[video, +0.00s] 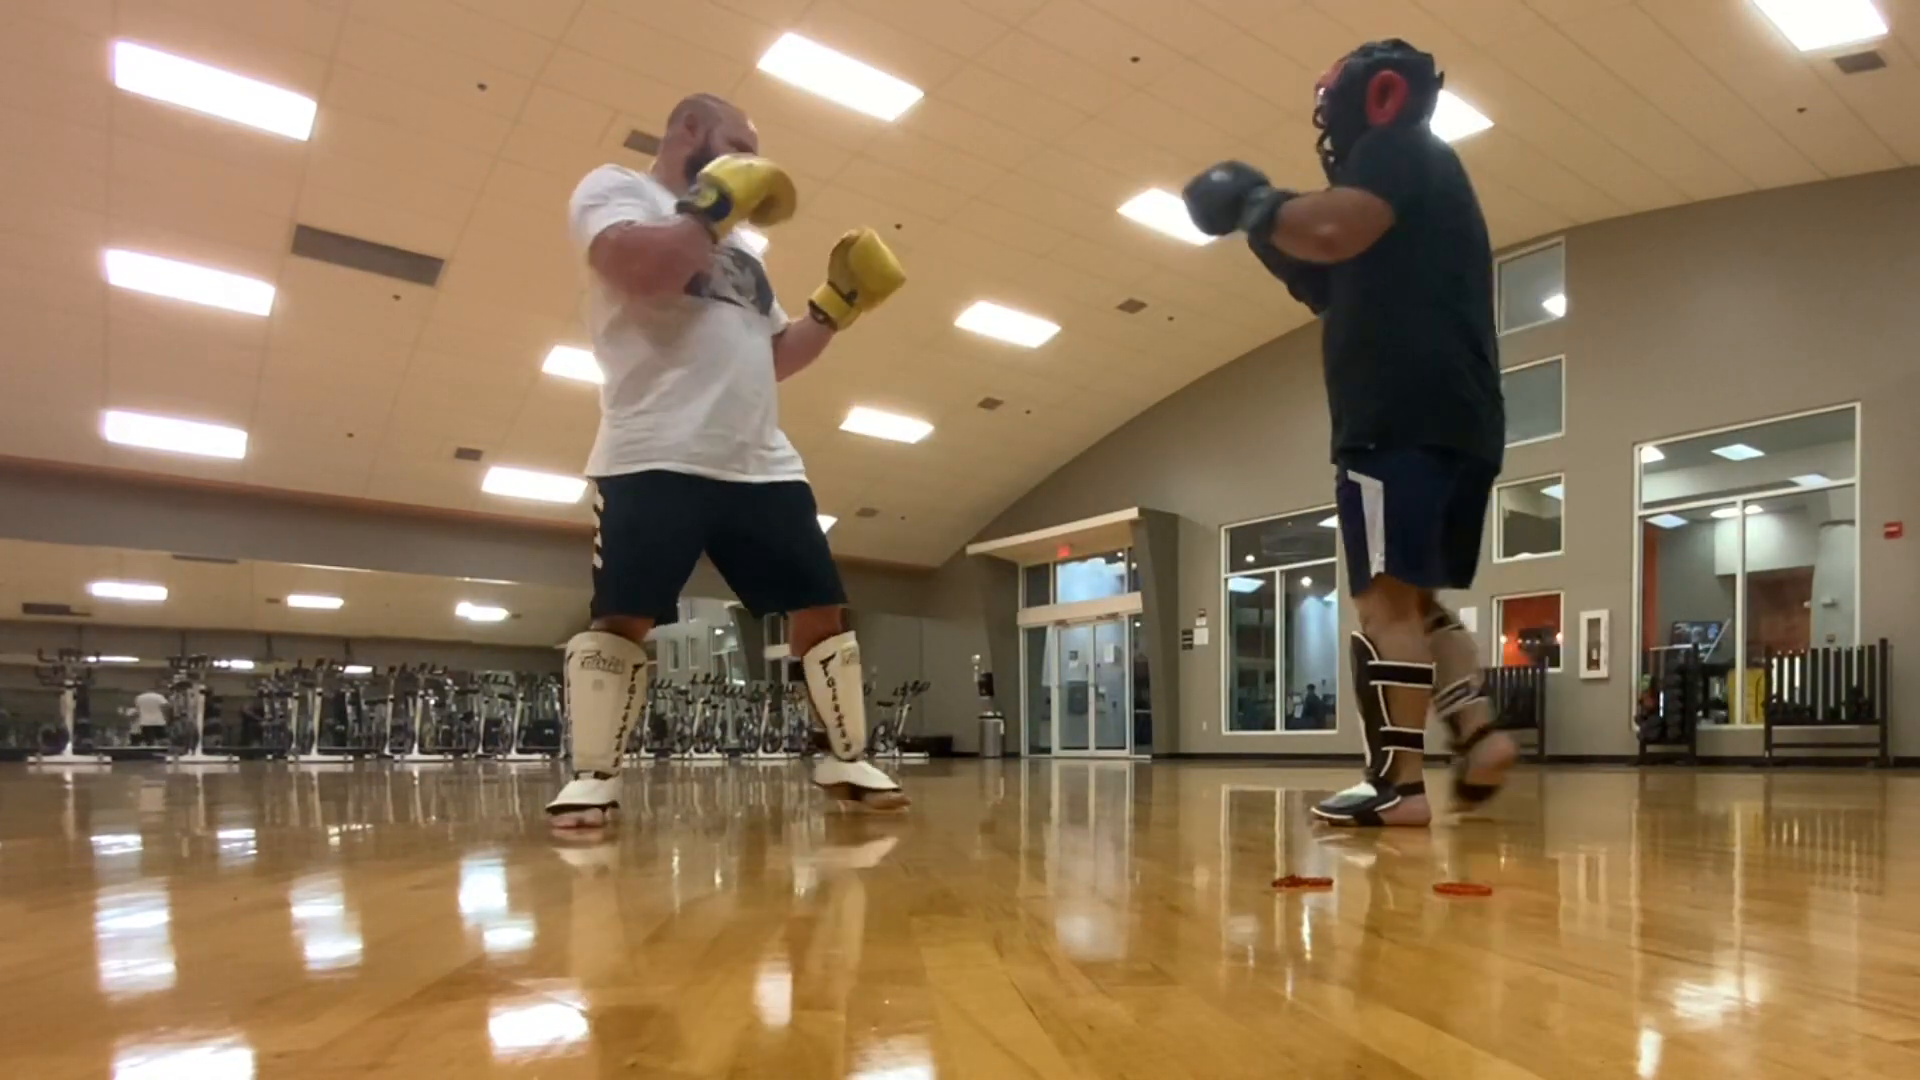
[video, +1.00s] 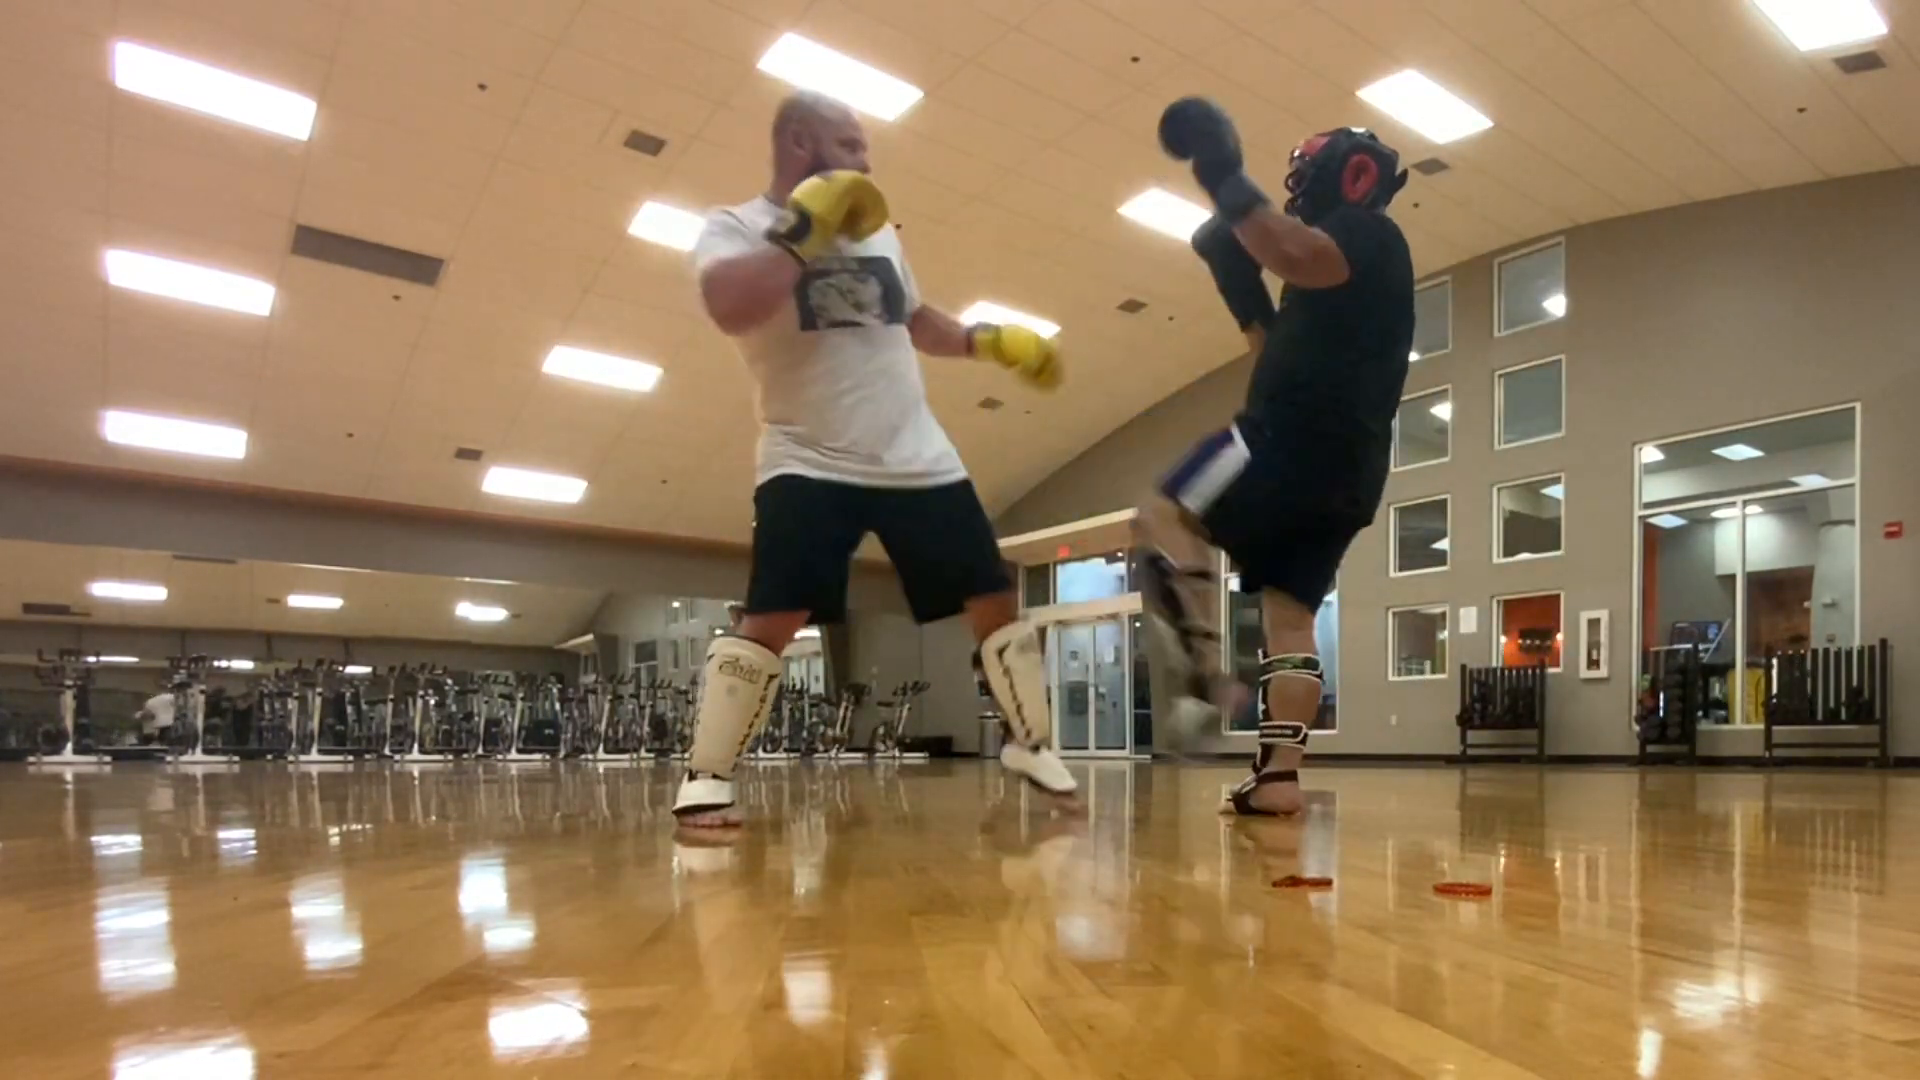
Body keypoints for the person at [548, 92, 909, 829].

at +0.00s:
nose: (752, 166)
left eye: (755, 159)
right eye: (741, 149)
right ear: (687, 130)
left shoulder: (744, 258)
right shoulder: (616, 188)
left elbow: (769, 359)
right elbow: (640, 270)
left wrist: (834, 307)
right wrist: (718, 203)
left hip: (758, 456)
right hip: (654, 450)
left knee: (818, 598)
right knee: (626, 609)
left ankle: (847, 756)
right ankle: (593, 777)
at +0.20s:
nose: (800, 177)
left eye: (804, 169)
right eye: (789, 157)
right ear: (739, 143)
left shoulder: (787, 270)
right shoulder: (667, 200)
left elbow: (792, 380)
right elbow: (703, 289)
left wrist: (864, 345)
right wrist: (782, 228)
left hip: (794, 470)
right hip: (689, 455)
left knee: (822, 625)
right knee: (646, 618)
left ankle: (868, 775)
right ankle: (595, 779)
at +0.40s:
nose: (845, 175)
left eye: (850, 167)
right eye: (837, 156)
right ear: (785, 138)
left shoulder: (832, 270)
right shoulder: (708, 192)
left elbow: (847, 374)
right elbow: (706, 278)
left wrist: (903, 340)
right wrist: (806, 230)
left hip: (823, 452)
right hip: (731, 431)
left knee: (839, 607)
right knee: (721, 590)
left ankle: (869, 773)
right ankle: (669, 773)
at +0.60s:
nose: (840, 188)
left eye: (842, 177)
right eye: (832, 171)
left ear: (798, 160)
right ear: (785, 153)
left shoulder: (816, 248)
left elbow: (902, 326)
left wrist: (939, 275)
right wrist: (861, 200)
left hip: (811, 437)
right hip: (730, 450)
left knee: (947, 458)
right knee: (754, 611)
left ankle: (936, 610)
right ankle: (707, 788)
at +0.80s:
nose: (821, 161)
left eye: (825, 149)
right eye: (812, 145)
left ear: (778, 137)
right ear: (762, 131)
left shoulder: (835, 226)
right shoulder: (696, 203)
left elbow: (905, 299)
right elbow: (747, 259)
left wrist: (973, 331)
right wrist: (824, 189)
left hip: (858, 431)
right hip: (765, 448)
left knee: (1030, 433)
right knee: (757, 606)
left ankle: (990, 590)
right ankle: (707, 786)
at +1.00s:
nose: (861, 163)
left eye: (865, 150)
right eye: (848, 147)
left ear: (863, 153)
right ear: (797, 143)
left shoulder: (878, 234)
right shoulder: (737, 229)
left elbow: (915, 319)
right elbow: (729, 306)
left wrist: (987, 341)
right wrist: (805, 234)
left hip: (915, 452)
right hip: (808, 456)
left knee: (991, 593)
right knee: (778, 609)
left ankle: (1033, 747)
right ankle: (706, 781)